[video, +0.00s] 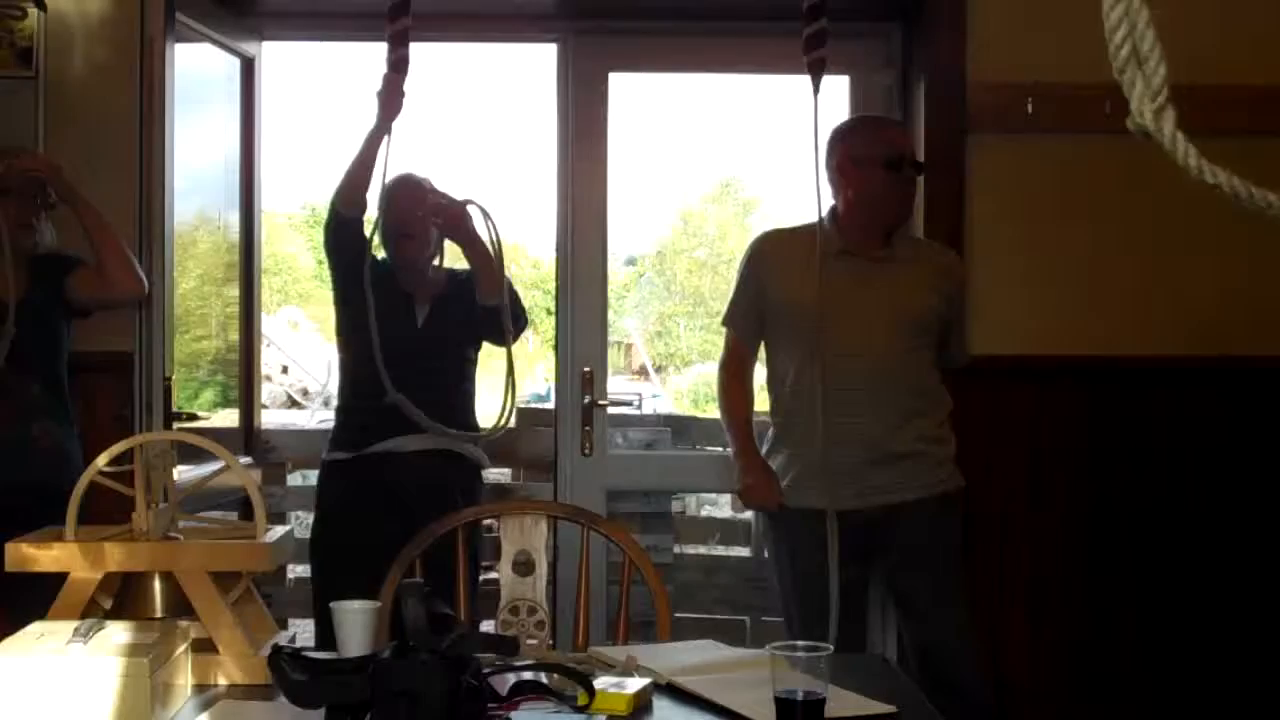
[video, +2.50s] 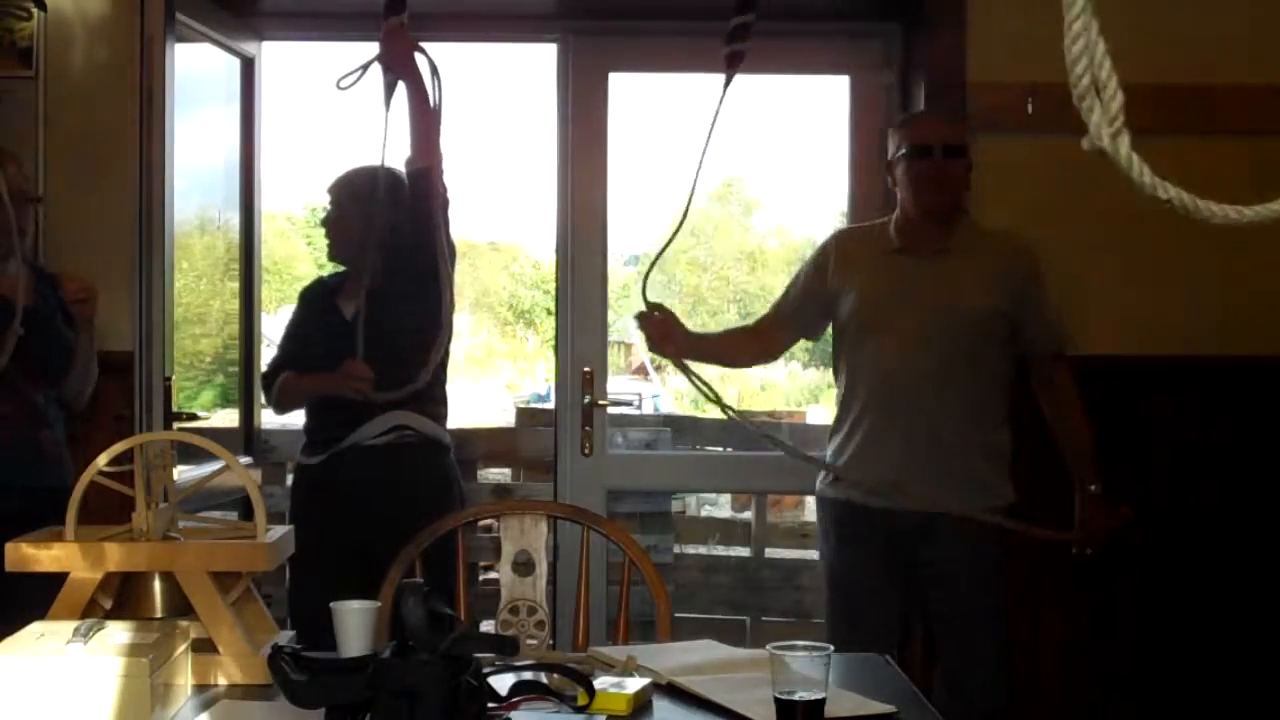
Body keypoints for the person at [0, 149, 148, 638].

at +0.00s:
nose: (31, 210)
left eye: (38, 198)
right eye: (19, 195)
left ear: (44, 209)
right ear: (2, 205)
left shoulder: (45, 272)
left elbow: (128, 286)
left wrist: (70, 194)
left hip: (48, 469)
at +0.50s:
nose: (15, 211)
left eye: (18, 198)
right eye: (7, 199)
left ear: (27, 207)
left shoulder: (25, 275)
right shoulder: (21, 276)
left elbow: (100, 288)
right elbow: (99, 287)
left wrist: (51, 214)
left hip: (37, 462)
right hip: (16, 465)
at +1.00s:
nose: (19, 219)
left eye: (21, 209)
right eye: (13, 209)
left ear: (23, 217)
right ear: (1, 217)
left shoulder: (16, 284)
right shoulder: (16, 285)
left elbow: (76, 336)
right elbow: (75, 335)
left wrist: (32, 254)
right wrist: (31, 256)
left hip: (18, 454)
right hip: (14, 455)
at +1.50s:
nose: (30, 246)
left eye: (31, 231)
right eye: (21, 232)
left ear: (31, 228)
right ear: (12, 231)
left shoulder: (21, 290)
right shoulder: (14, 292)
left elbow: (28, 384)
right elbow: (28, 384)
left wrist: (52, 321)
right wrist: (52, 321)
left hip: (17, 470)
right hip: (11, 472)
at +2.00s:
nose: (33, 215)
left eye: (37, 202)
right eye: (19, 204)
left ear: (44, 206)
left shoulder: (42, 284)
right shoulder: (5, 282)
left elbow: (62, 389)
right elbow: (8, 365)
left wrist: (73, 321)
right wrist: (15, 310)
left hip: (38, 458)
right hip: (8, 457)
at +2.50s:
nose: (25, 218)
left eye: (29, 202)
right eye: (16, 200)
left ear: (33, 208)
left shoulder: (40, 287)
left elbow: (74, 394)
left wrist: (84, 326)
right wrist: (13, 309)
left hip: (39, 479)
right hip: (12, 480)